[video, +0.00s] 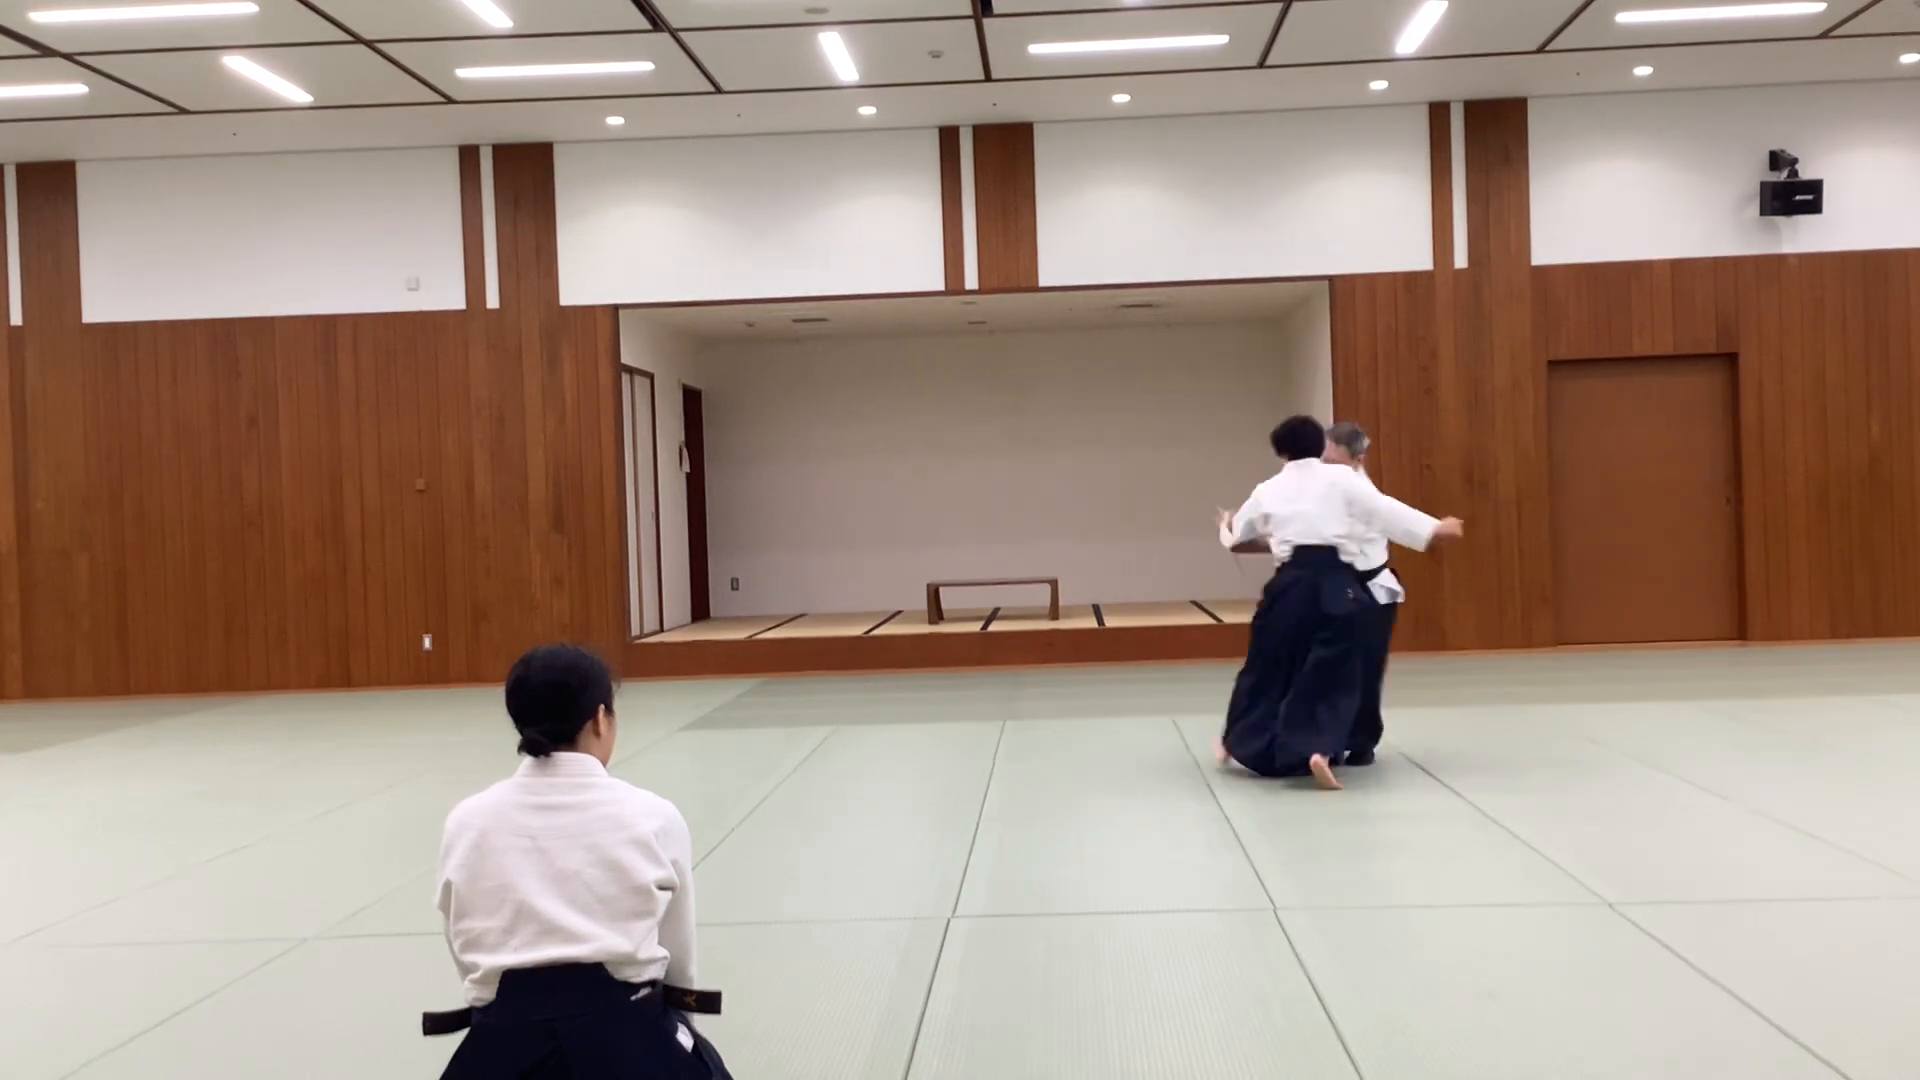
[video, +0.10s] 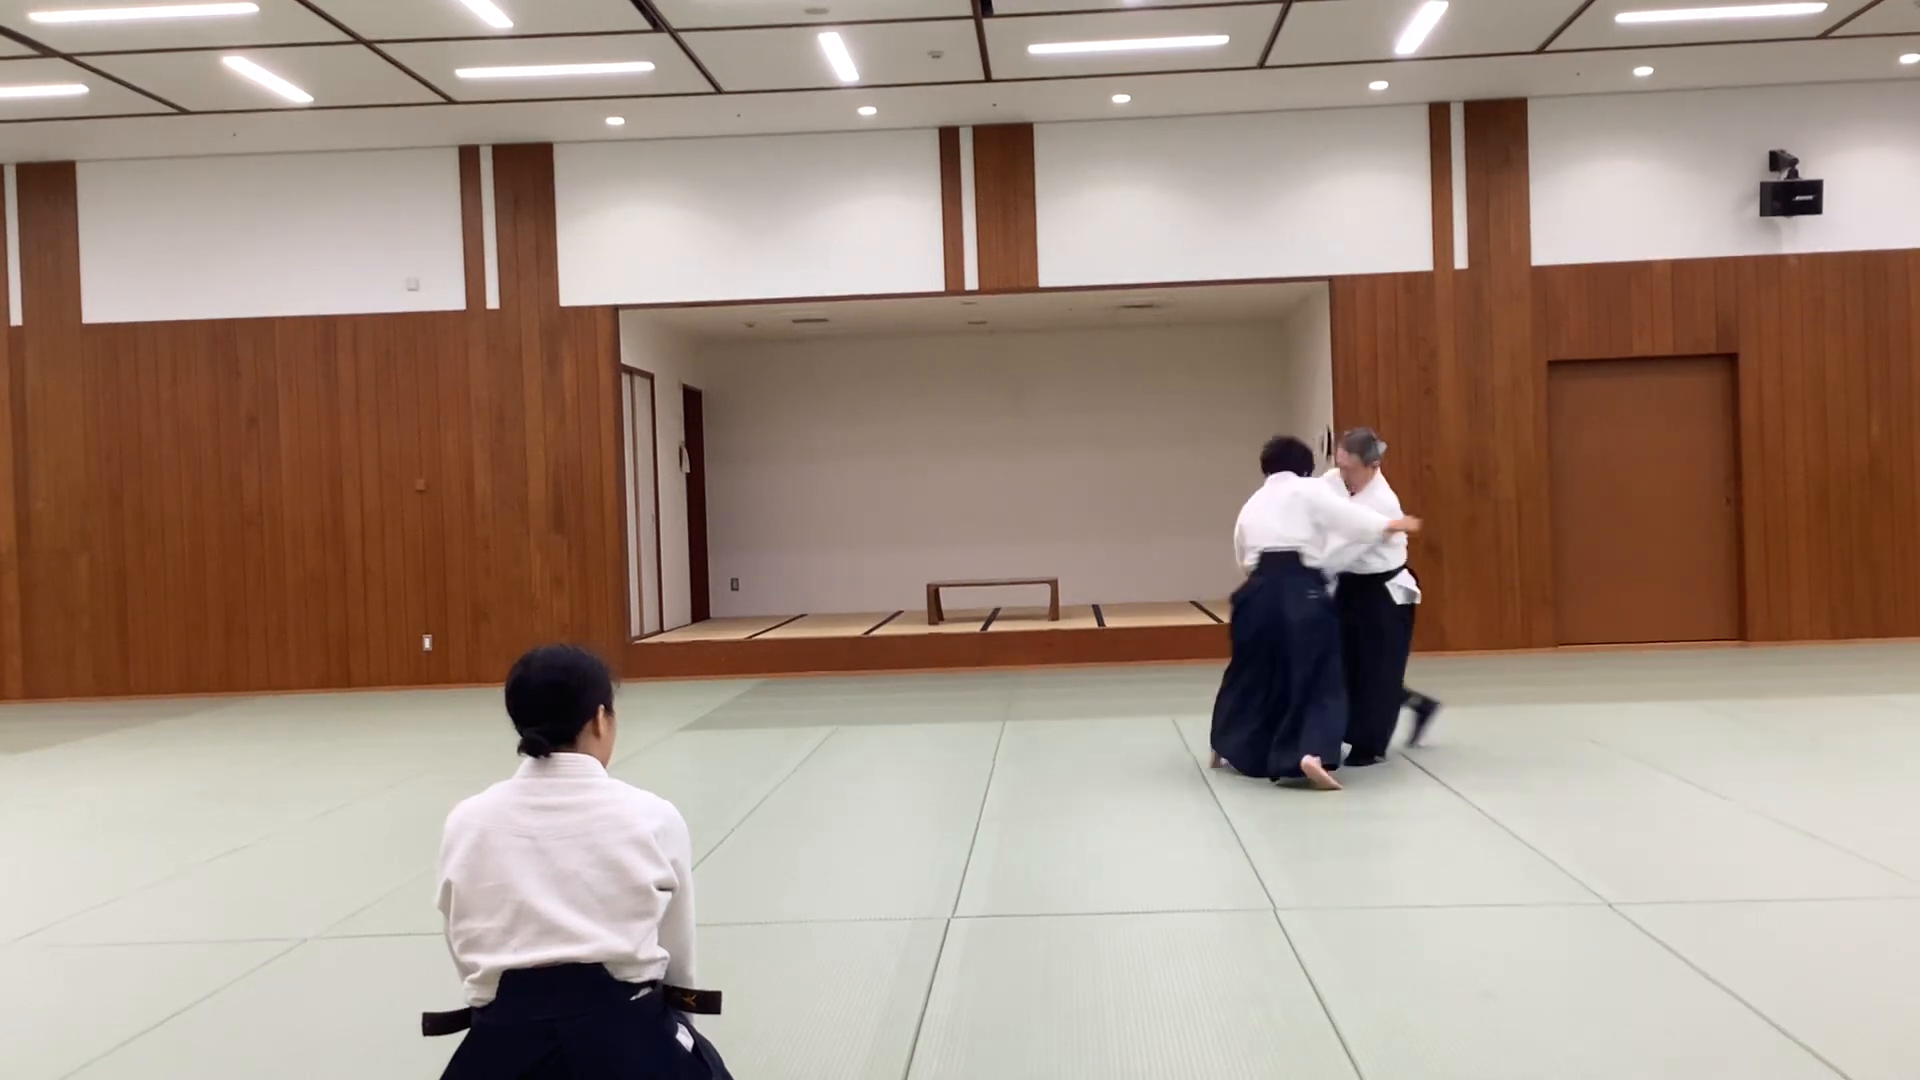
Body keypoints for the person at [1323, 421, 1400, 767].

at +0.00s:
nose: (1324, 462)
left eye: (1332, 456)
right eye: (1323, 455)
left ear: (1356, 459)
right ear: (1322, 451)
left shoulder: (1366, 492)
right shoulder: (1326, 488)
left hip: (1374, 587)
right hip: (1339, 587)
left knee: (1365, 670)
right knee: (1334, 667)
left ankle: (1361, 745)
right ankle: (1326, 745)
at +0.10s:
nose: (1340, 473)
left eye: (1347, 467)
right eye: (1339, 465)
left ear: (1371, 466)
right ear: (1337, 459)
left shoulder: (1383, 502)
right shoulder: (1335, 480)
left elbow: (1351, 549)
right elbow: (1306, 503)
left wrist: (1317, 563)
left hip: (1386, 589)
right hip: (1349, 584)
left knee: (1374, 671)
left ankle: (1368, 747)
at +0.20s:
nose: (1352, 474)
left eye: (1359, 469)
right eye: (1350, 467)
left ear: (1383, 468)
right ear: (1350, 459)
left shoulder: (1392, 505)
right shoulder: (1348, 484)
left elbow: (1360, 562)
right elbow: (1317, 522)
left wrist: (1312, 583)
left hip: (1406, 589)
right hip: (1379, 586)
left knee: (1381, 664)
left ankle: (1369, 741)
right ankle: (1463, 716)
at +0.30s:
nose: (1354, 473)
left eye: (1360, 467)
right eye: (1353, 466)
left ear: (1383, 465)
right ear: (1357, 461)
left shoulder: (1396, 504)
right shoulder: (1362, 488)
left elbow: (1374, 563)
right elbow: (1341, 532)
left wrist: (1333, 590)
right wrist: (1313, 569)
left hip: (1423, 586)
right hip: (1407, 581)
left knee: (1397, 658)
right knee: (1438, 655)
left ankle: (1388, 739)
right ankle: (1470, 724)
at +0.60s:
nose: (1354, 468)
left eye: (1357, 460)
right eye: (1352, 461)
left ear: (1379, 454)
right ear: (1377, 455)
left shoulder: (1395, 488)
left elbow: (1394, 552)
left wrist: (1369, 597)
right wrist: (1366, 590)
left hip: (1433, 571)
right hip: (1436, 565)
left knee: (1419, 648)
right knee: (1440, 644)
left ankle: (1421, 734)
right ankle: (1455, 720)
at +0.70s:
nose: (1357, 472)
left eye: (1360, 464)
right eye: (1355, 465)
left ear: (1381, 457)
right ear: (1379, 459)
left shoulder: (1402, 485)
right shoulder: (1387, 486)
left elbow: (1400, 538)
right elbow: (1389, 540)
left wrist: (1377, 577)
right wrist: (1374, 576)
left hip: (1439, 571)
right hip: (1428, 569)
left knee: (1410, 649)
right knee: (1439, 646)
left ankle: (1421, 735)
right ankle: (1473, 713)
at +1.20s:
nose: (1374, 464)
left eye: (1377, 457)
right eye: (1372, 458)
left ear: (1399, 450)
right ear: (1394, 452)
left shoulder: (1422, 476)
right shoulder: (1401, 479)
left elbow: (1409, 509)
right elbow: (1398, 516)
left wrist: (1363, 520)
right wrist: (1363, 529)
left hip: (1445, 568)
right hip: (1427, 567)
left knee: (1434, 645)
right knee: (1434, 645)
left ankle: (1437, 727)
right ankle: (1455, 720)